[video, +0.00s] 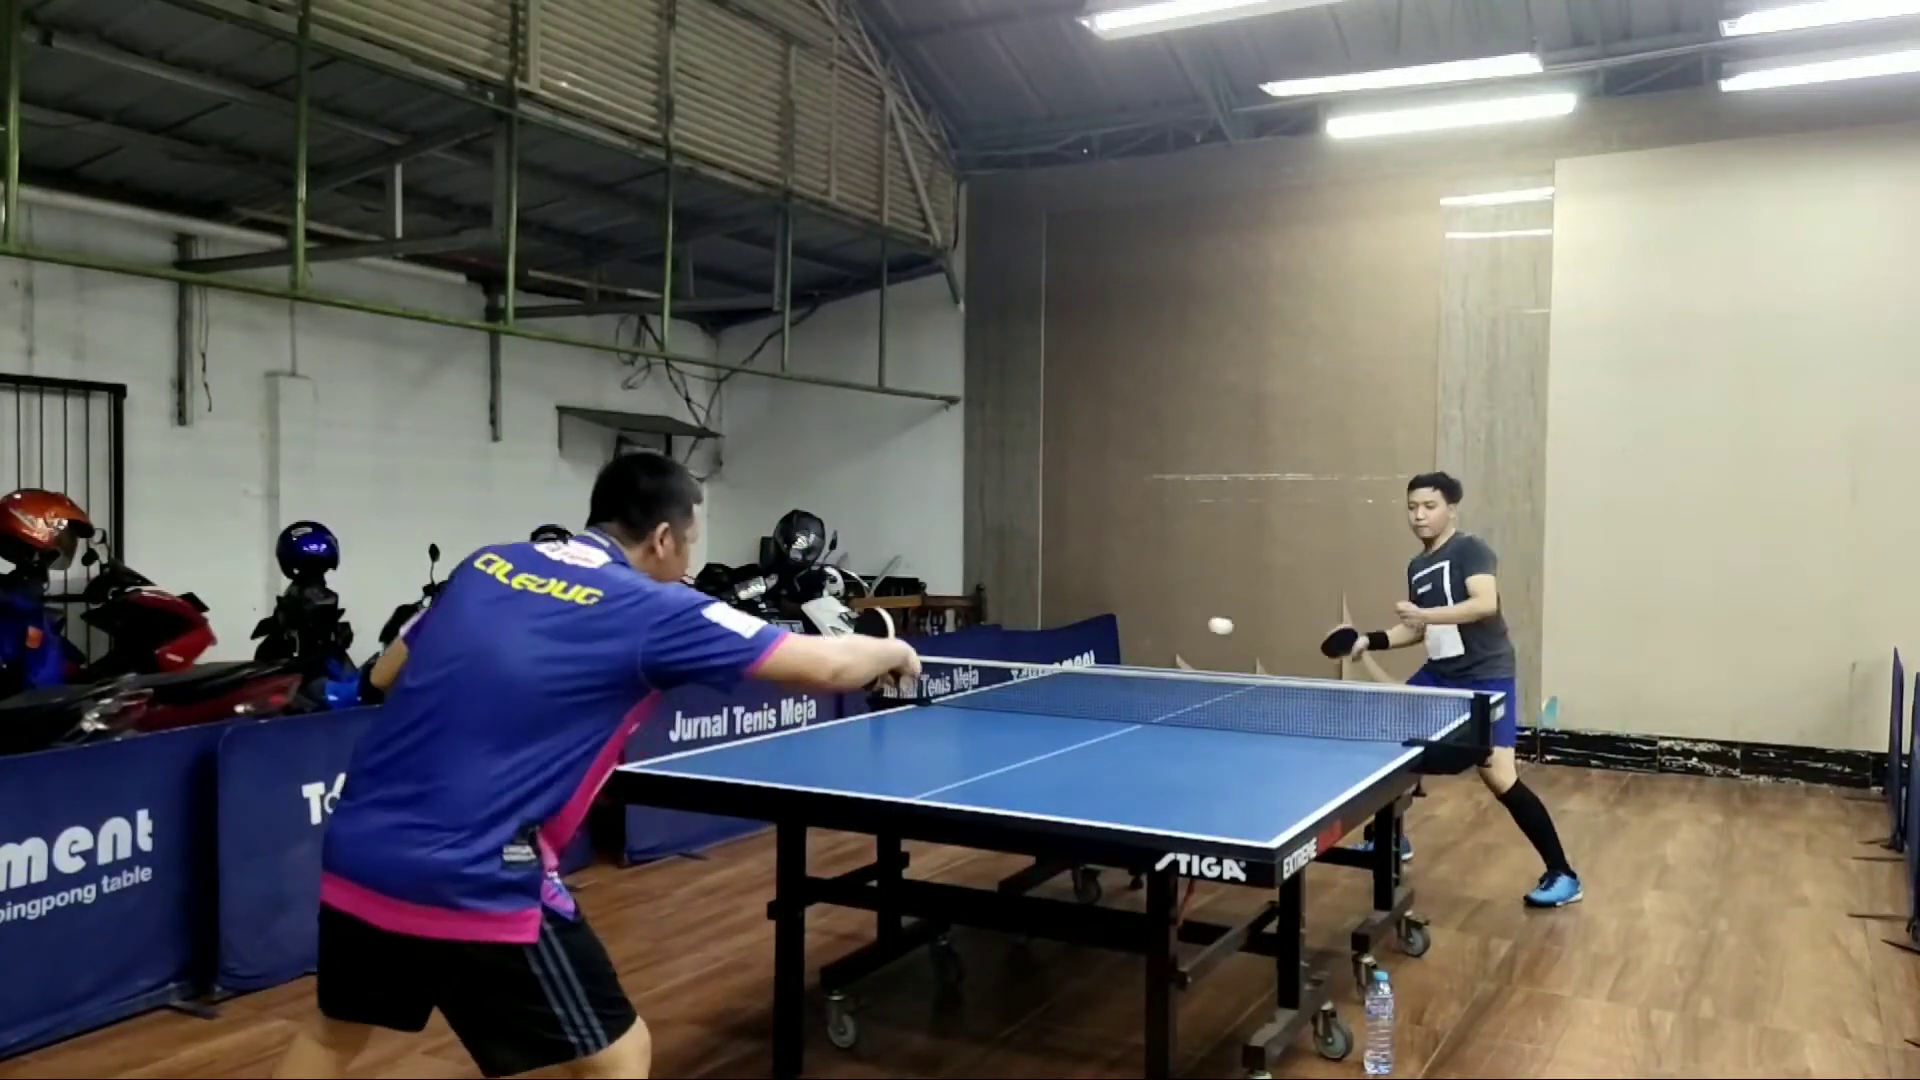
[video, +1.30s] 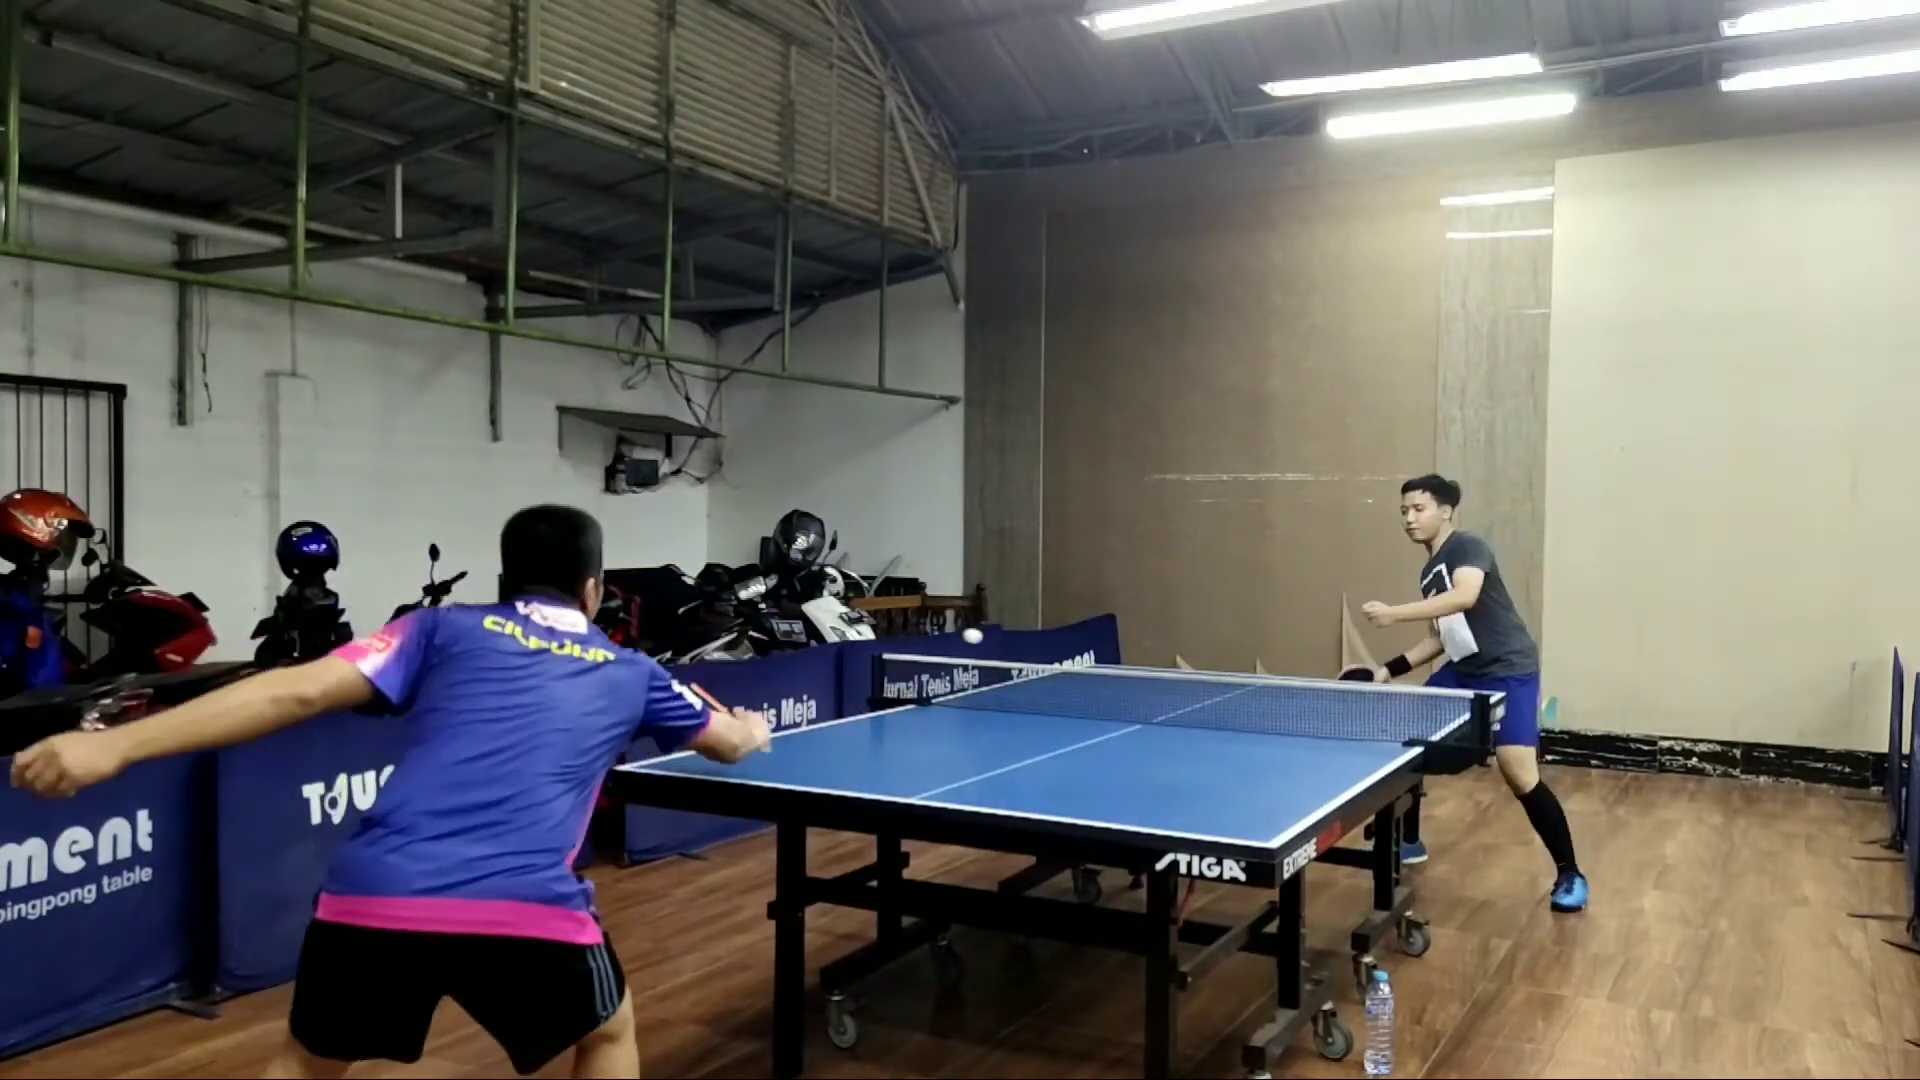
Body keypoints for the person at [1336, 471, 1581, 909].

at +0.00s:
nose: (1419, 515)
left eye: (1429, 506)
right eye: (1413, 508)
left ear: (1451, 509)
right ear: (1408, 513)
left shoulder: (1470, 550)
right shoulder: (1417, 568)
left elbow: (1486, 604)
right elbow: (1414, 630)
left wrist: (1425, 615)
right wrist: (1367, 640)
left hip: (1487, 675)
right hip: (1439, 673)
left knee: (1499, 775)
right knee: (1379, 735)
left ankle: (1561, 873)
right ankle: (1390, 836)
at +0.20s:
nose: (1424, 523)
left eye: (1433, 514)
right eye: (1416, 516)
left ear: (1453, 516)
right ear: (1410, 522)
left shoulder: (1480, 555)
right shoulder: (1411, 577)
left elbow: (1516, 605)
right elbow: (1404, 640)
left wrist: (1463, 599)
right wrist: (1412, 664)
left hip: (1496, 678)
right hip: (1442, 685)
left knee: (1498, 775)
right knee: (1390, 749)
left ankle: (1563, 874)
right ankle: (1389, 836)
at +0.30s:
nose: (1441, 509)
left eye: (1451, 501)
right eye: (1434, 502)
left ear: (1471, 505)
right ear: (1428, 508)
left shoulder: (1500, 545)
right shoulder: (1422, 567)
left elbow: (1542, 595)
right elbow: (1402, 630)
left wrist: (1502, 593)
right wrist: (1413, 640)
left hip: (1511, 670)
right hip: (1454, 671)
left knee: (1515, 762)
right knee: (1401, 744)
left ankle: (1566, 874)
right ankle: (1388, 838)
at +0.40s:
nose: (1456, 496)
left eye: (1467, 489)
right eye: (1449, 489)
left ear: (1486, 495)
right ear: (1442, 496)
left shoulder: (1516, 537)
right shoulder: (1434, 555)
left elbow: (1561, 585)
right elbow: (1403, 603)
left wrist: (1544, 592)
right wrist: (1376, 596)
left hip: (1528, 663)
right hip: (1472, 664)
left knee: (1536, 758)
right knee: (1428, 750)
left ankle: (1568, 875)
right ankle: (1398, 838)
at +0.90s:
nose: (1444, 489)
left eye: (1454, 481)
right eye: (1438, 481)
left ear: (1476, 486)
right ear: (1433, 487)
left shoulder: (1498, 534)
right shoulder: (1422, 542)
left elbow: (1525, 594)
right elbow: (1380, 587)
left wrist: (1476, 613)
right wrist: (1340, 597)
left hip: (1495, 667)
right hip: (1437, 664)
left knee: (1522, 758)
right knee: (1410, 746)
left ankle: (1564, 869)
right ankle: (1411, 836)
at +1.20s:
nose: (1422, 502)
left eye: (1432, 493)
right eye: (1417, 495)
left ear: (1458, 498)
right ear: (1416, 502)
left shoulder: (1481, 537)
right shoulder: (1427, 561)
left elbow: (1493, 589)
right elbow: (1418, 623)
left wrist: (1427, 603)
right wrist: (1371, 641)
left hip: (1510, 666)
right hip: (1458, 666)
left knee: (1526, 761)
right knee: (1409, 738)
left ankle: (1570, 873)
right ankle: (1410, 840)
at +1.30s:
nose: (1410, 518)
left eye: (1418, 508)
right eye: (1405, 511)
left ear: (1446, 511)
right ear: (1406, 518)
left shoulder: (1468, 547)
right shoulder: (1431, 573)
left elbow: (1465, 596)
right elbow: (1440, 639)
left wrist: (1393, 613)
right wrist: (1387, 671)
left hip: (1509, 670)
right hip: (1461, 670)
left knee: (1517, 768)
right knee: (1402, 735)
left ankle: (1569, 875)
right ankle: (1406, 838)